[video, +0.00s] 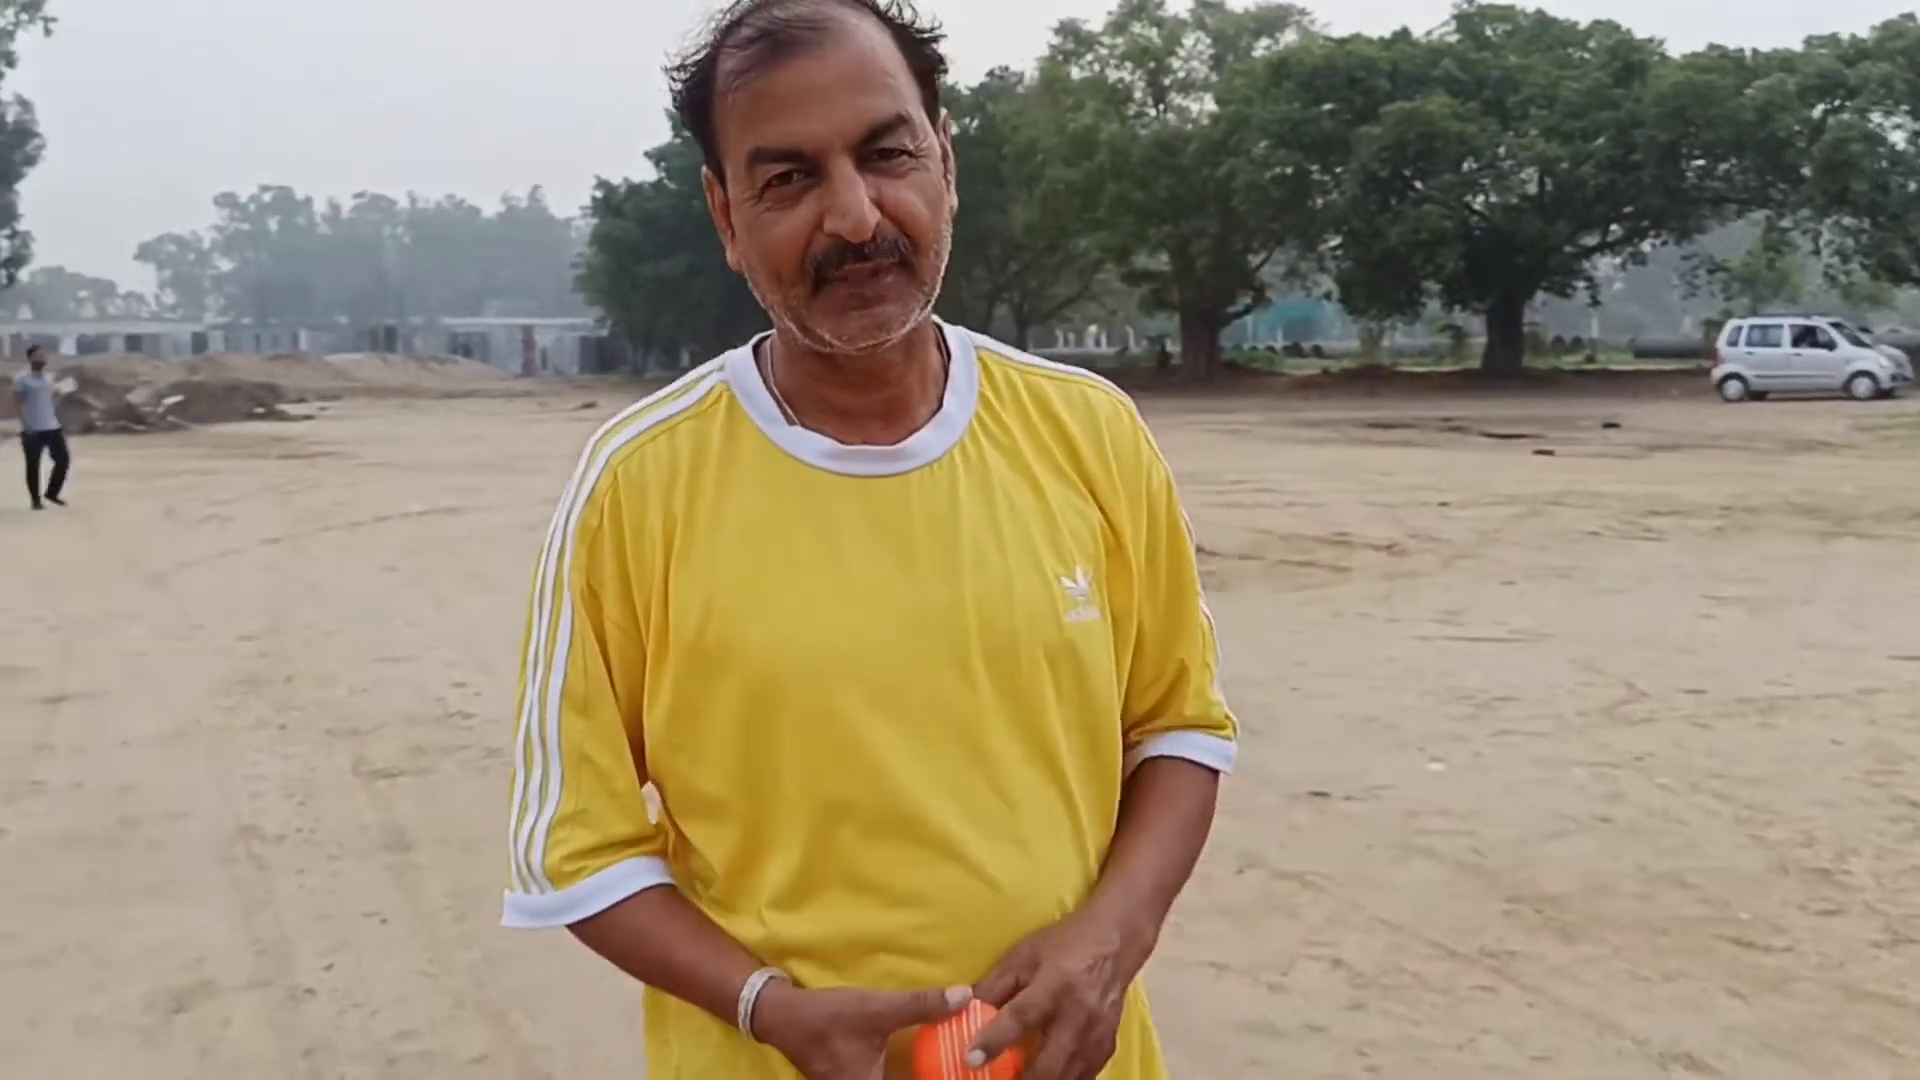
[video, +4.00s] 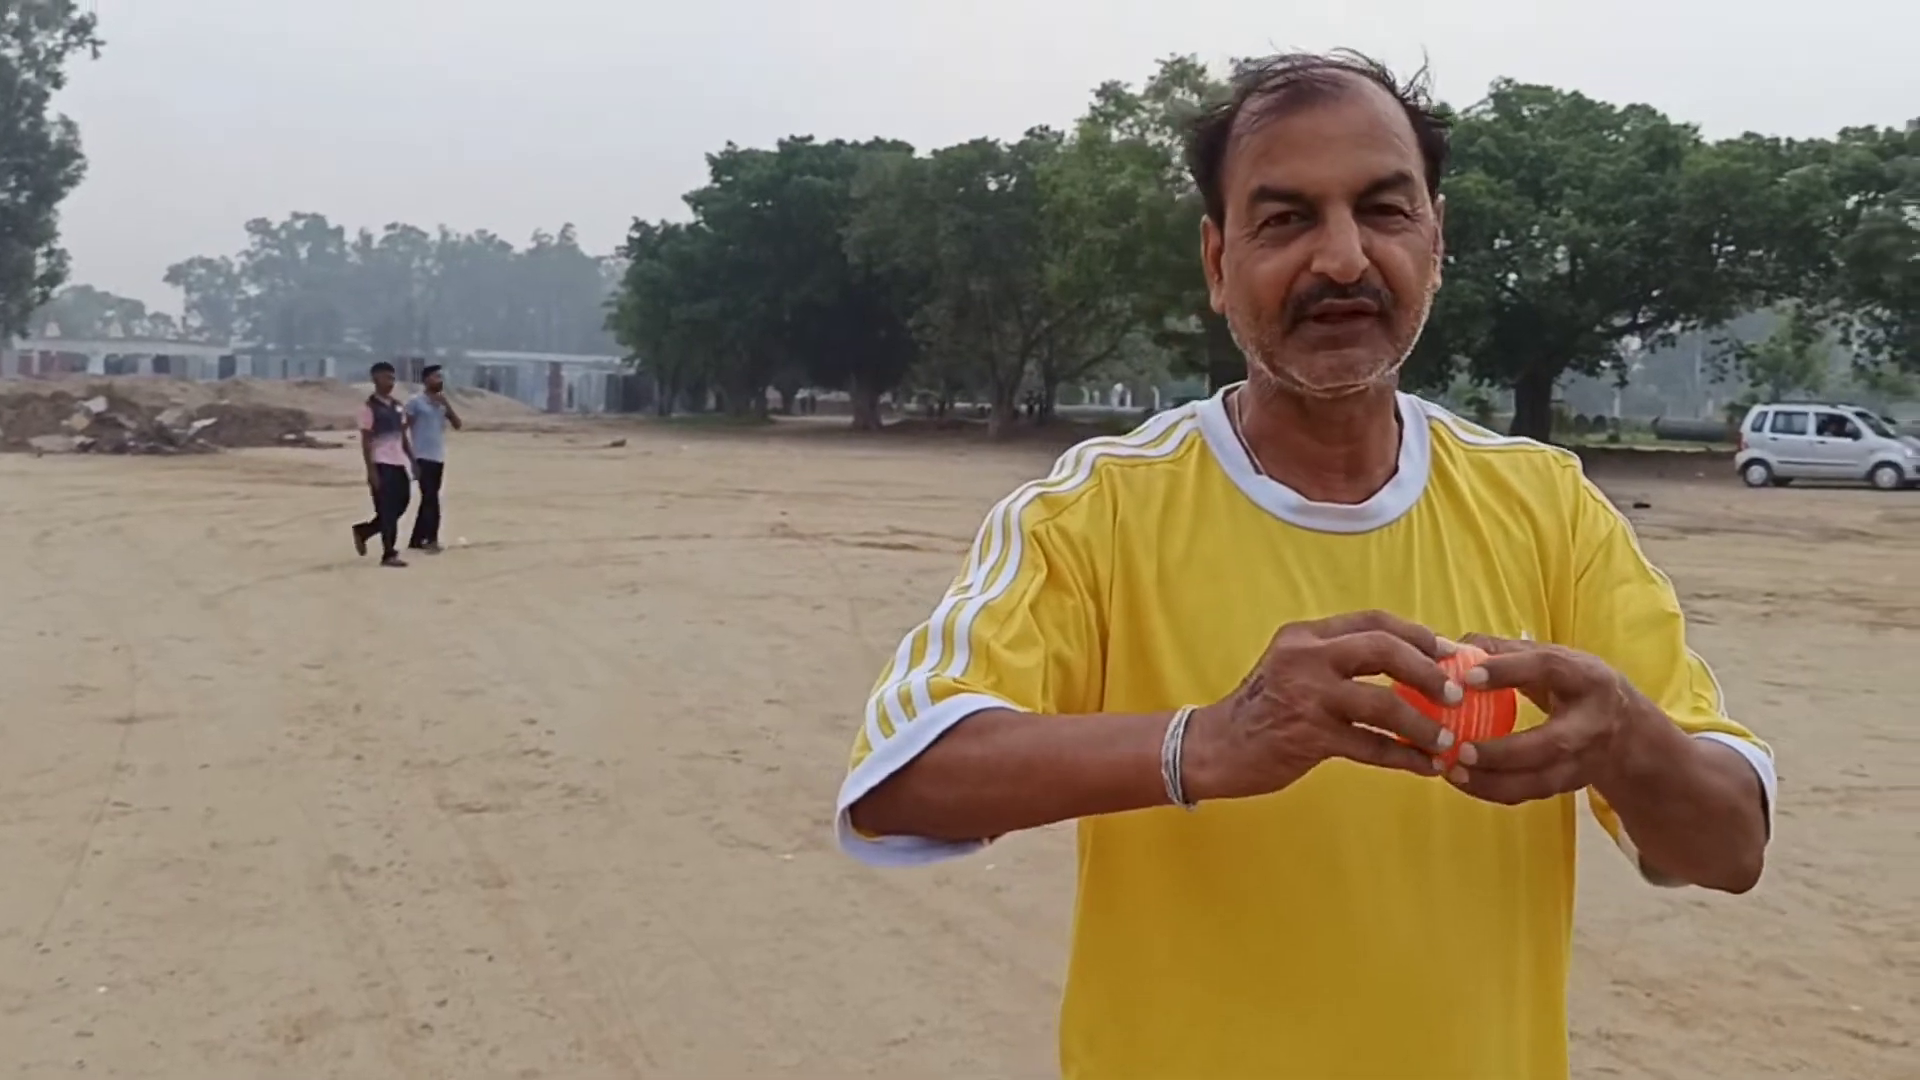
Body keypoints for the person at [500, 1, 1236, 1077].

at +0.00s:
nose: (854, 216)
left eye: (888, 153)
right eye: (790, 178)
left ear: (948, 169)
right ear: (726, 222)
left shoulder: (1091, 434)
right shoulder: (636, 483)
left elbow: (1184, 725)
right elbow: (580, 850)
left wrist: (1112, 935)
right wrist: (776, 1008)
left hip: (1078, 1050)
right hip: (763, 1056)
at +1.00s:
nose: (843, 187)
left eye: (880, 135)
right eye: (783, 153)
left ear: (945, 165)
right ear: (732, 205)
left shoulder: (1105, 425)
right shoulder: (655, 473)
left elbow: (1219, 720)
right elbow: (592, 808)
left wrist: (1096, 909)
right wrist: (745, 967)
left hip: (1091, 1051)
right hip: (782, 1054)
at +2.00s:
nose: (1075, 191)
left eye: (1113, 140)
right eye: (1020, 153)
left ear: (1165, 164)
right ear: (954, 195)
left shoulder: (1302, 422)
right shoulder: (862, 454)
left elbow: (1392, 712)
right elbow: (789, 774)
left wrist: (1301, 893)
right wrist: (962, 924)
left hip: (1272, 1049)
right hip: (976, 1054)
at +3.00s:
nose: (1300, 184)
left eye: (1335, 140)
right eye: (1245, 147)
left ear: (1378, 176)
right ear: (1177, 191)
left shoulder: (1489, 425)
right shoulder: (1070, 437)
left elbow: (1642, 720)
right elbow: (926, 719)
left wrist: (1573, 714)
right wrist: (1187, 700)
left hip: (1435, 1032)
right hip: (1157, 1038)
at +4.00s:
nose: (1344, 256)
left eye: (1382, 208)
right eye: (1285, 219)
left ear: (1435, 239)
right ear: (1216, 265)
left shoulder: (1550, 510)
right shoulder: (1096, 511)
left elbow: (1732, 854)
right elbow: (897, 778)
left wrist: (1637, 753)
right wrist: (1199, 747)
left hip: (1486, 1057)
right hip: (1164, 1057)